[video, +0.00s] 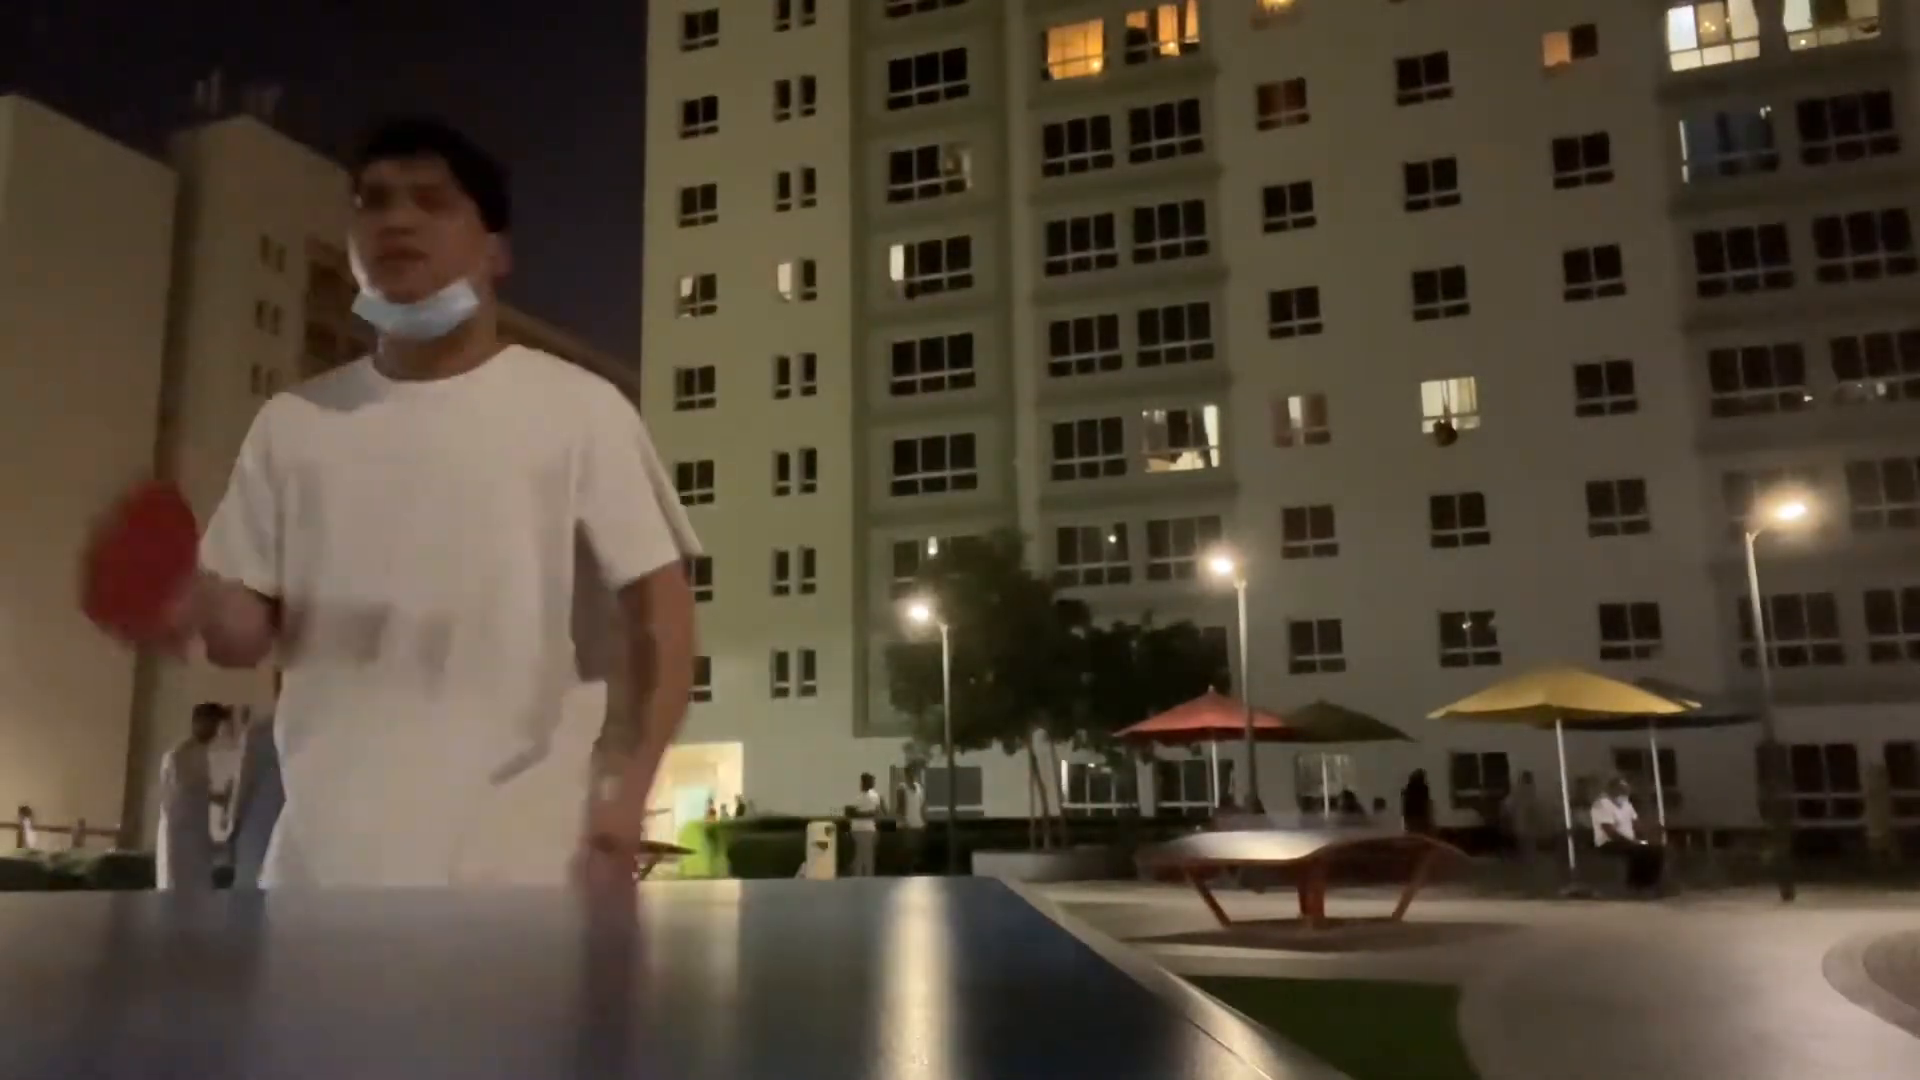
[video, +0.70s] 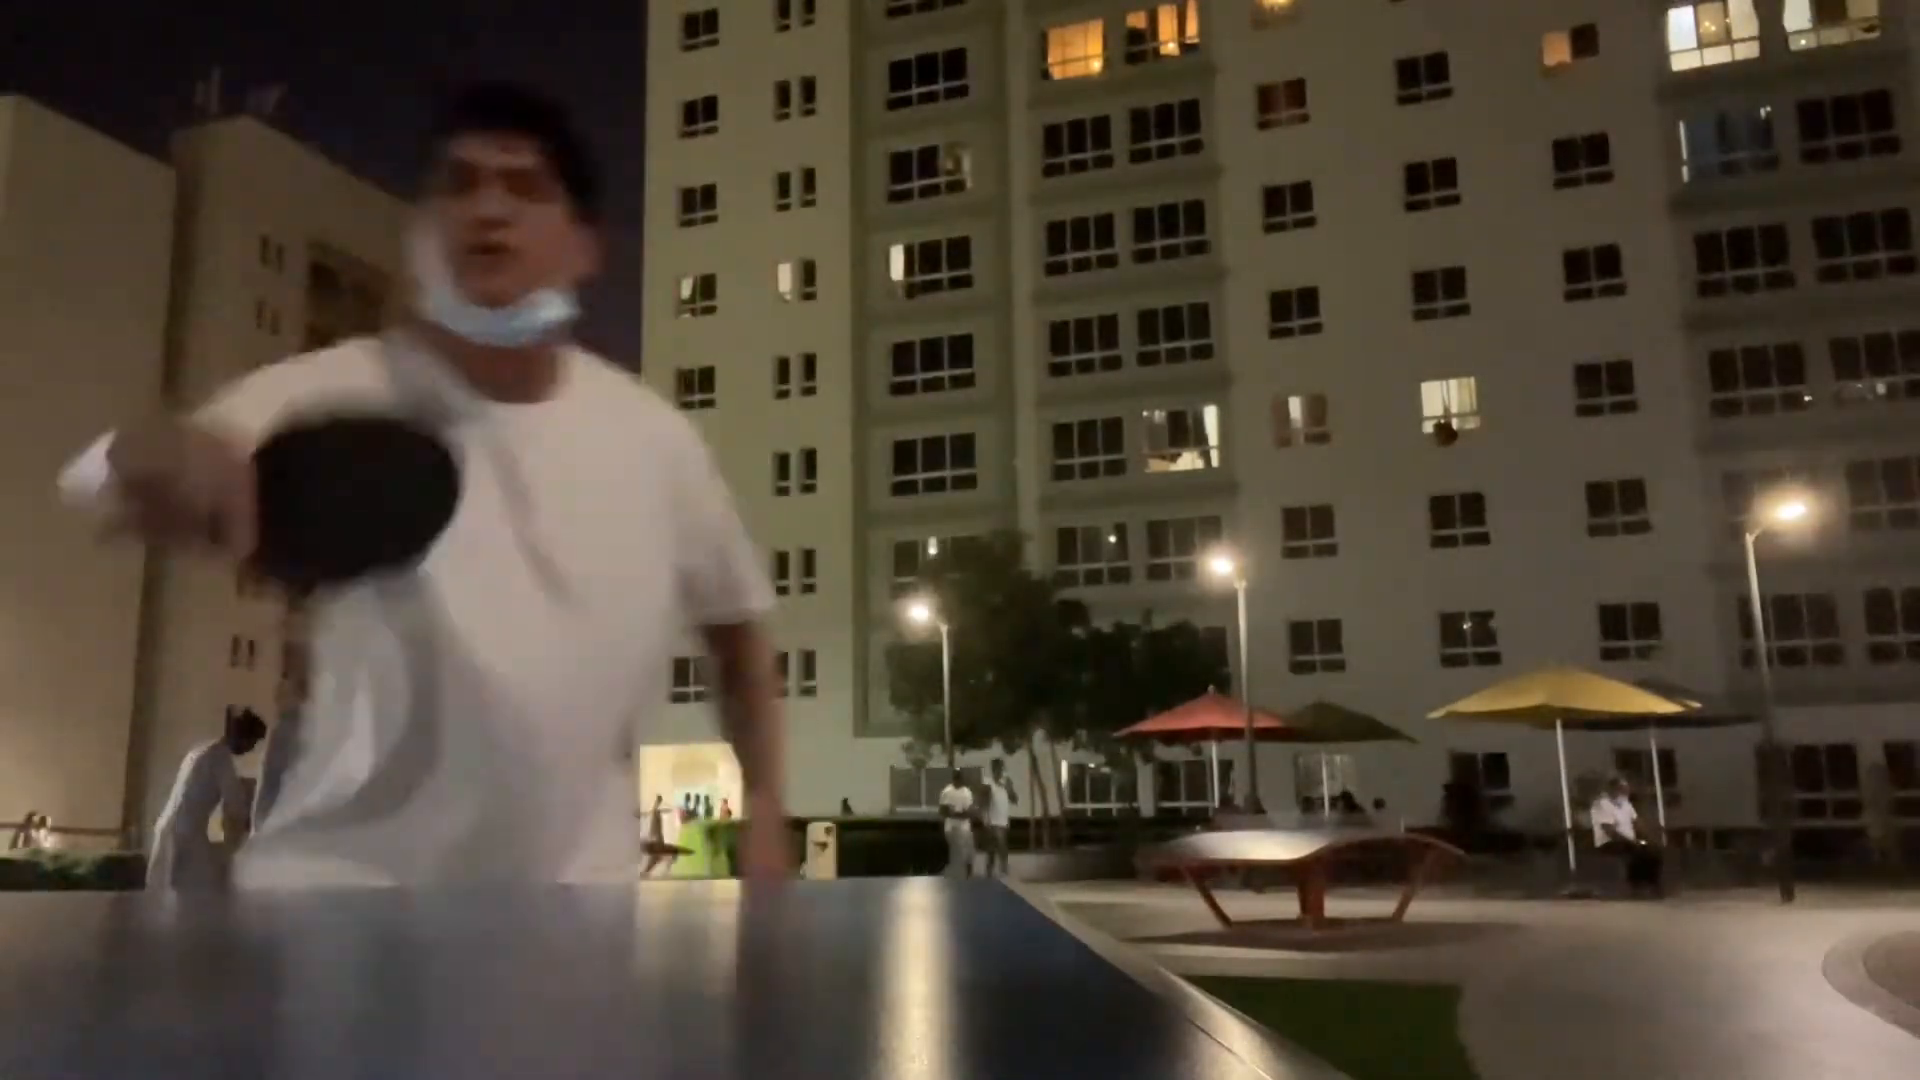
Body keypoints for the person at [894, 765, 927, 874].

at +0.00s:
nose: (913, 776)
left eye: (914, 773)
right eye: (910, 774)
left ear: (916, 774)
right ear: (906, 774)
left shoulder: (919, 787)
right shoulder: (902, 788)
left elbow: (922, 805)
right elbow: (900, 806)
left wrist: (925, 820)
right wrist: (901, 821)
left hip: (919, 824)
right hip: (907, 825)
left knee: (918, 850)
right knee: (907, 850)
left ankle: (918, 871)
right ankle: (907, 871)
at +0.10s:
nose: (924, 776)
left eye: (926, 773)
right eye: (922, 773)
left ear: (928, 773)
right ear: (918, 773)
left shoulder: (930, 787)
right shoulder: (915, 787)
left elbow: (930, 803)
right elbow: (911, 804)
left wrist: (930, 817)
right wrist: (909, 818)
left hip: (928, 821)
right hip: (918, 822)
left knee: (927, 847)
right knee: (918, 848)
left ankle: (925, 869)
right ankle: (918, 869)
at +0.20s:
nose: (934, 778)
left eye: (936, 775)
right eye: (932, 775)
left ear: (939, 777)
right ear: (928, 776)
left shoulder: (939, 789)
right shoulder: (924, 791)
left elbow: (941, 803)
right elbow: (919, 807)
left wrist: (945, 811)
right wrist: (920, 819)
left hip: (939, 820)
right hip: (928, 821)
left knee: (937, 846)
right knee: (930, 846)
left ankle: (937, 868)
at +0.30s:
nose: (949, 775)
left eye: (950, 772)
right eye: (947, 772)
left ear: (951, 772)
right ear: (941, 772)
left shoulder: (950, 784)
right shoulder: (935, 786)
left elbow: (952, 802)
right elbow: (932, 805)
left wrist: (954, 817)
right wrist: (933, 819)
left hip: (952, 821)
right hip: (940, 822)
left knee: (951, 849)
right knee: (941, 850)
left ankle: (950, 869)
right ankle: (941, 869)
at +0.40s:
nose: (962, 774)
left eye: (962, 771)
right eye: (959, 771)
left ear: (962, 772)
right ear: (954, 771)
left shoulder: (962, 784)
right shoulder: (948, 786)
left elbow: (963, 804)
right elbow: (949, 810)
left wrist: (967, 819)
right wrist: (961, 822)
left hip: (963, 822)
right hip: (951, 824)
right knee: (953, 852)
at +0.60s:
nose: (947, 781)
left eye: (948, 779)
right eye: (945, 779)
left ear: (951, 779)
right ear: (941, 779)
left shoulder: (953, 793)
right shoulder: (934, 793)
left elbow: (957, 810)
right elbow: (931, 811)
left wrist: (942, 813)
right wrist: (947, 814)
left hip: (950, 826)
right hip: (938, 826)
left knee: (949, 851)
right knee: (941, 852)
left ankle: (950, 872)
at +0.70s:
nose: (958, 780)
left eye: (959, 777)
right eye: (956, 777)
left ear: (962, 778)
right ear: (953, 778)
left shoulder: (967, 792)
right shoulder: (947, 792)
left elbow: (970, 808)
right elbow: (942, 809)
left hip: (964, 822)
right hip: (951, 822)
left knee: (967, 848)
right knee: (952, 847)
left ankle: (968, 873)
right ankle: (951, 868)